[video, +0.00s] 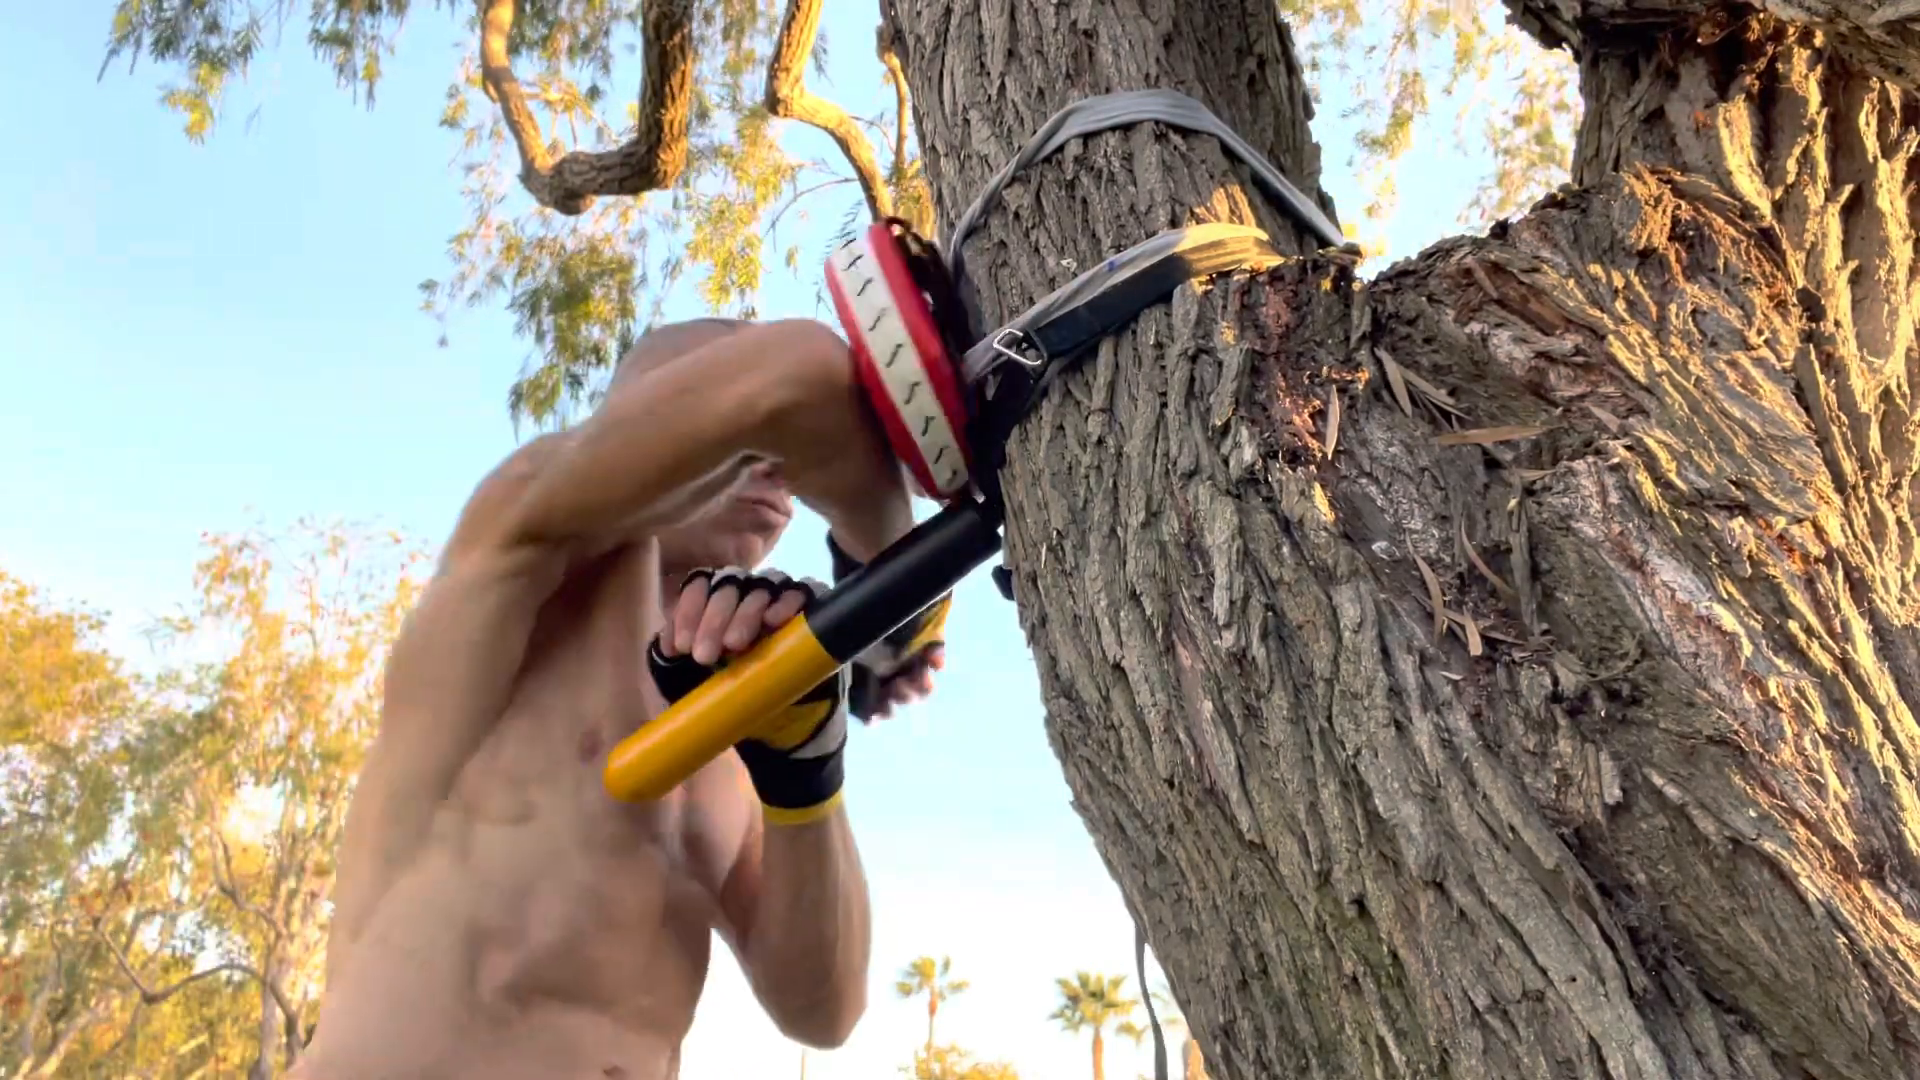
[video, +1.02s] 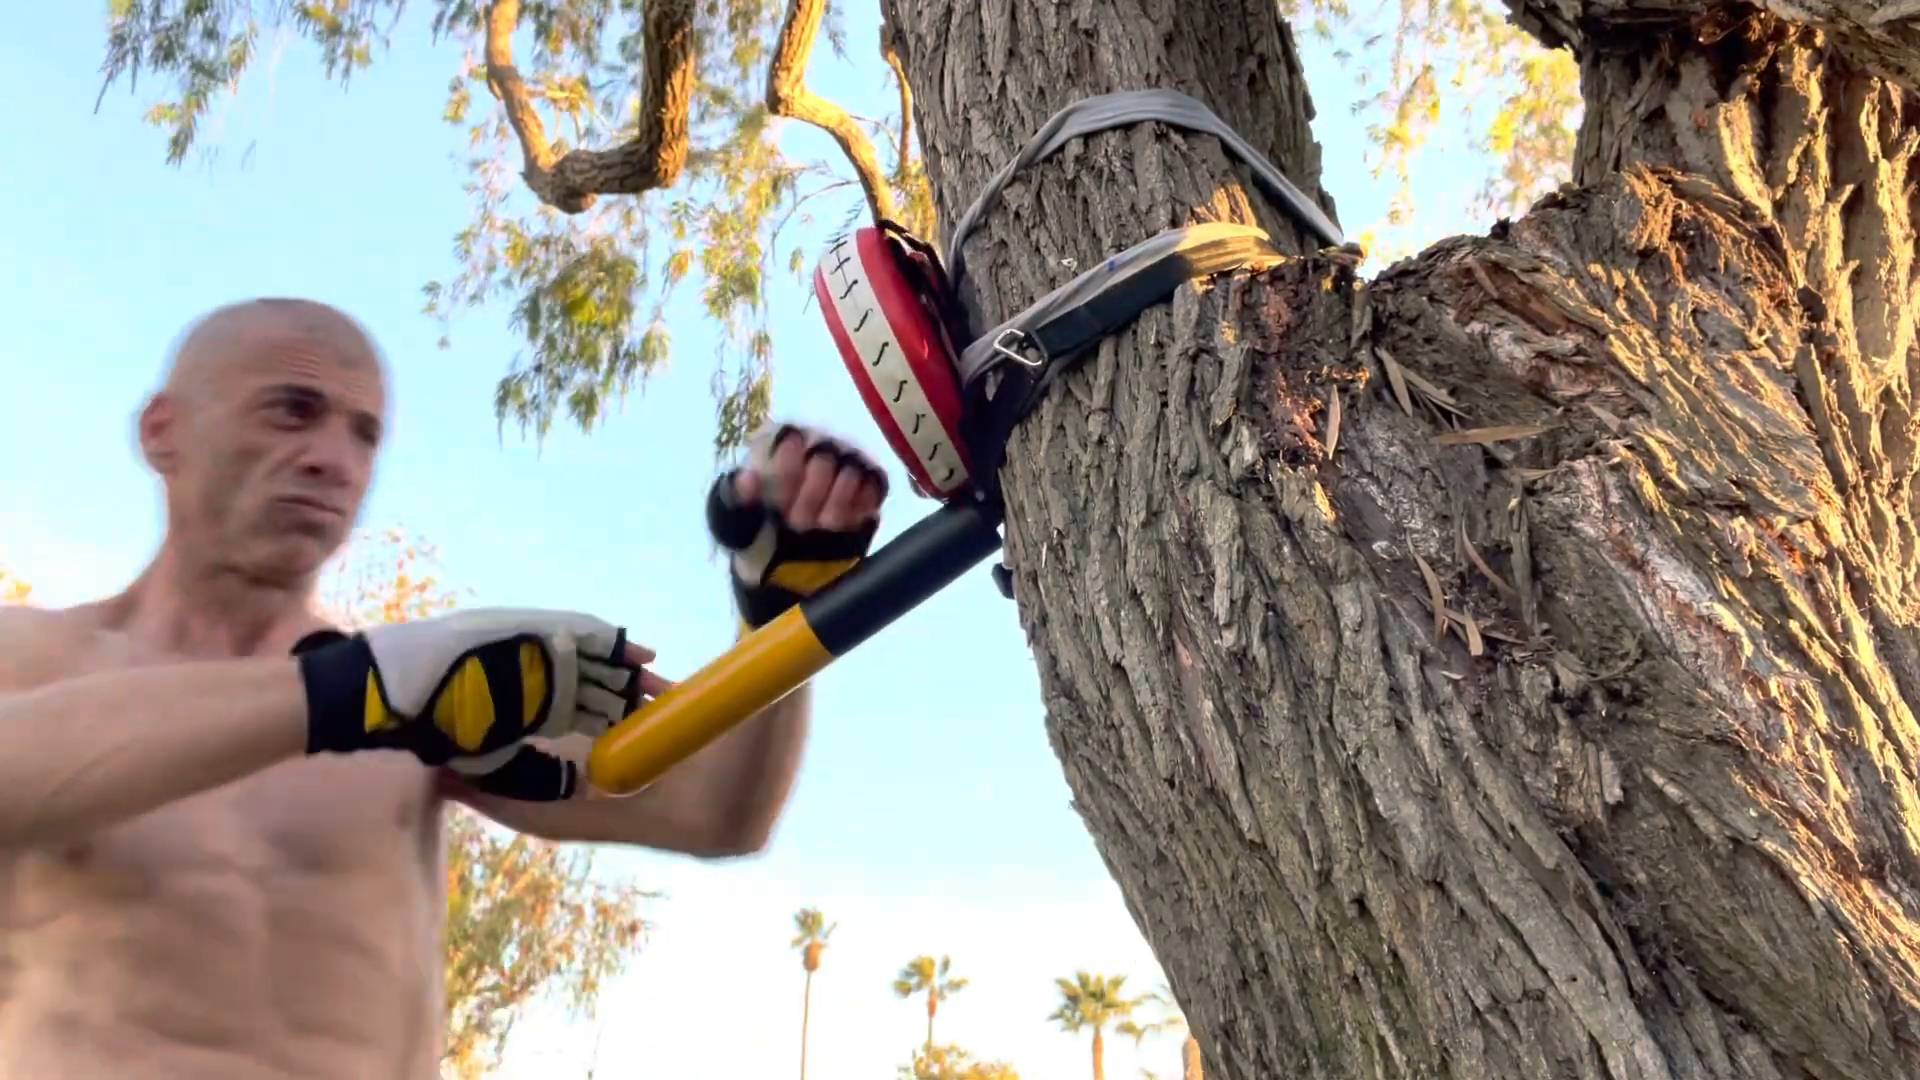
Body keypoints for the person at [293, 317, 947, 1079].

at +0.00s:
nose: (775, 471)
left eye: (780, 445)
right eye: (729, 428)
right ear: (630, 426)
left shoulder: (722, 744)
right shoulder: (522, 534)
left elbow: (820, 1009)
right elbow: (804, 366)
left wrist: (799, 761)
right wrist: (883, 569)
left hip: (634, 1057)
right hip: (411, 1049)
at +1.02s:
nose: (336, 459)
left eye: (363, 434)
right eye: (290, 410)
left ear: (377, 473)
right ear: (161, 432)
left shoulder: (407, 707)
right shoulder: (31, 653)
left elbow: (719, 810)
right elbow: (19, 794)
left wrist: (789, 596)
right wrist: (361, 684)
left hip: (365, 1058)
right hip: (82, 1055)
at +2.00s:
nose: (333, 466)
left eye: (359, 441)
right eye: (290, 416)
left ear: (367, 474)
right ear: (152, 430)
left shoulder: (369, 662)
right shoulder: (27, 630)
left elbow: (655, 681)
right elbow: (44, 882)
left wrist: (806, 496)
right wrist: (461, 747)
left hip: (327, 1063)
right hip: (76, 1065)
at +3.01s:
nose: (663, 495)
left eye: (688, 462)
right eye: (630, 448)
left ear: (710, 511)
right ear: (521, 447)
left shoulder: (645, 733)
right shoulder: (385, 597)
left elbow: (803, 982)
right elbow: (640, 436)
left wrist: (804, 723)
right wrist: (841, 496)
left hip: (575, 1059)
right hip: (349, 1049)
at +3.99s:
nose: (608, 434)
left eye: (636, 412)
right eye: (565, 396)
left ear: (668, 439)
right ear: (458, 427)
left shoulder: (677, 619)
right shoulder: (320, 671)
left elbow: (835, 425)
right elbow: (144, 985)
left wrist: (509, 494)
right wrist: (510, 800)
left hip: (616, 1057)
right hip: (366, 1060)